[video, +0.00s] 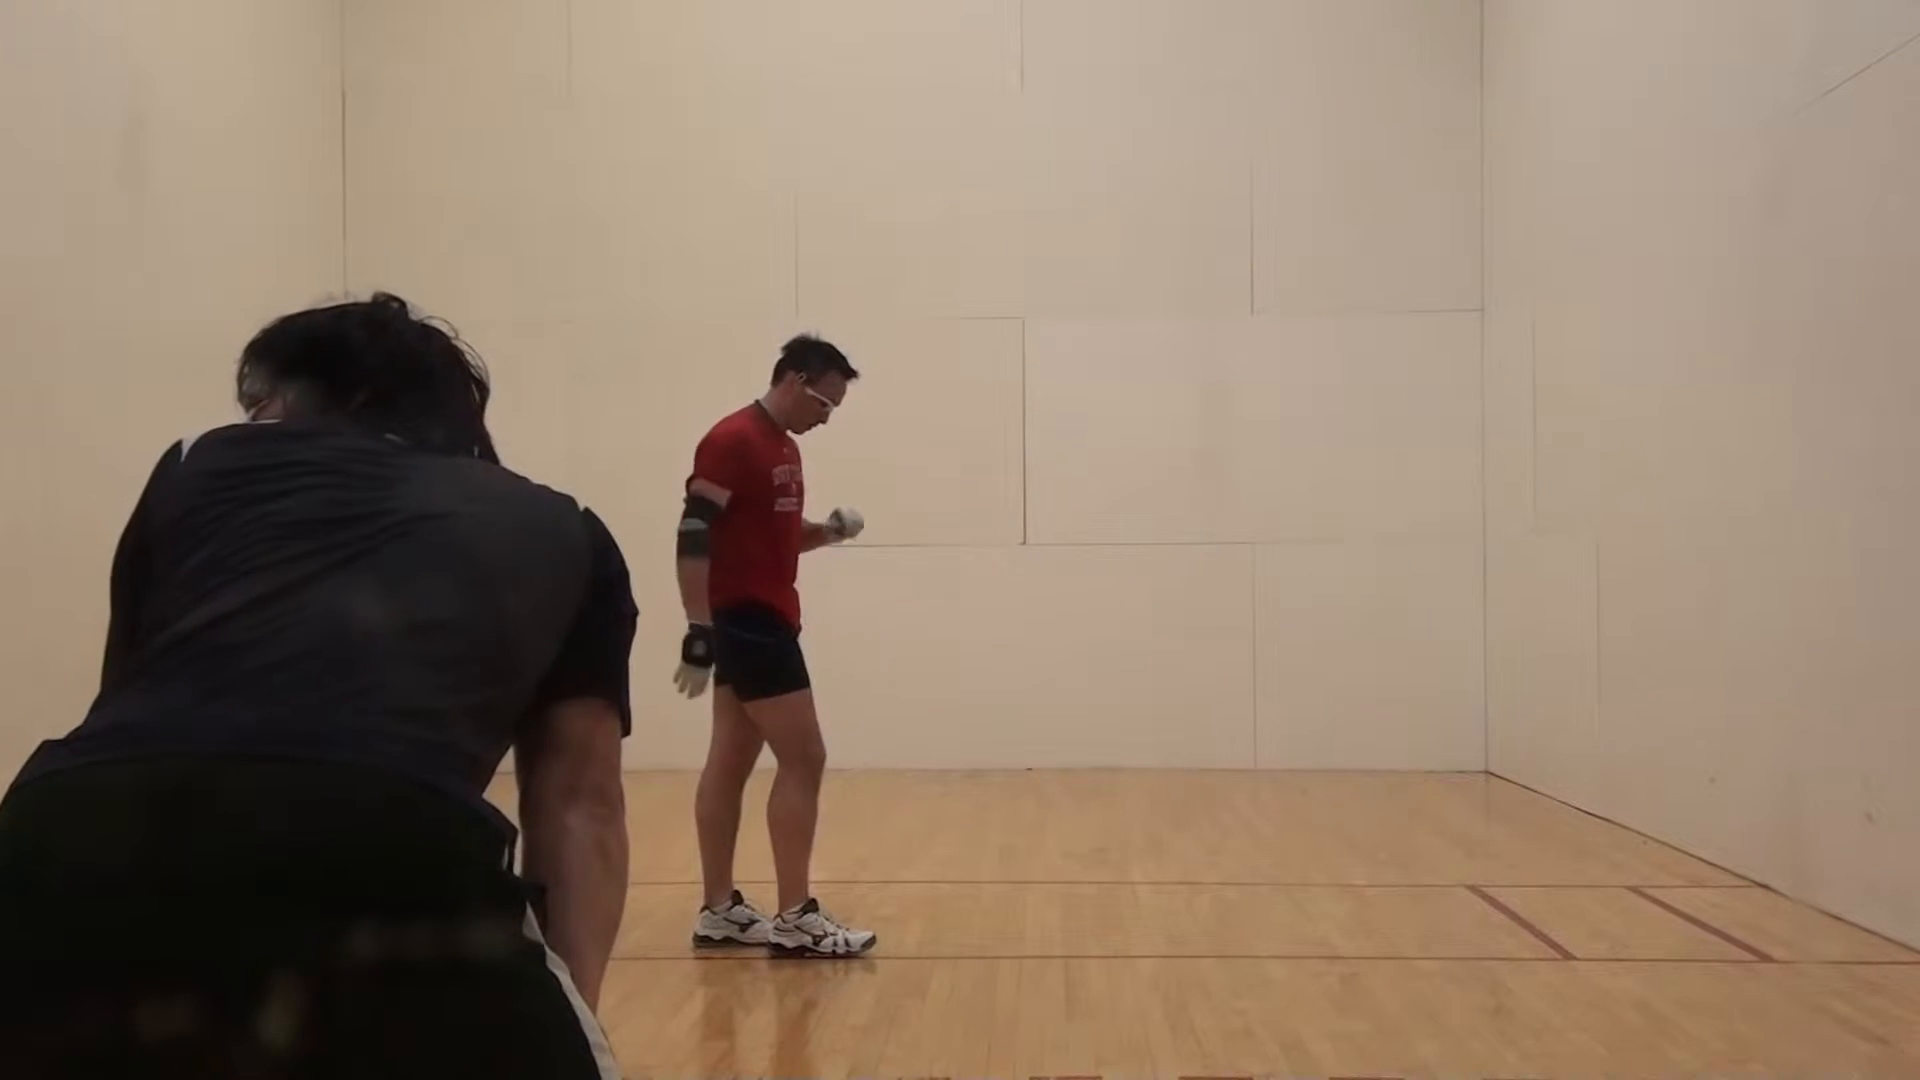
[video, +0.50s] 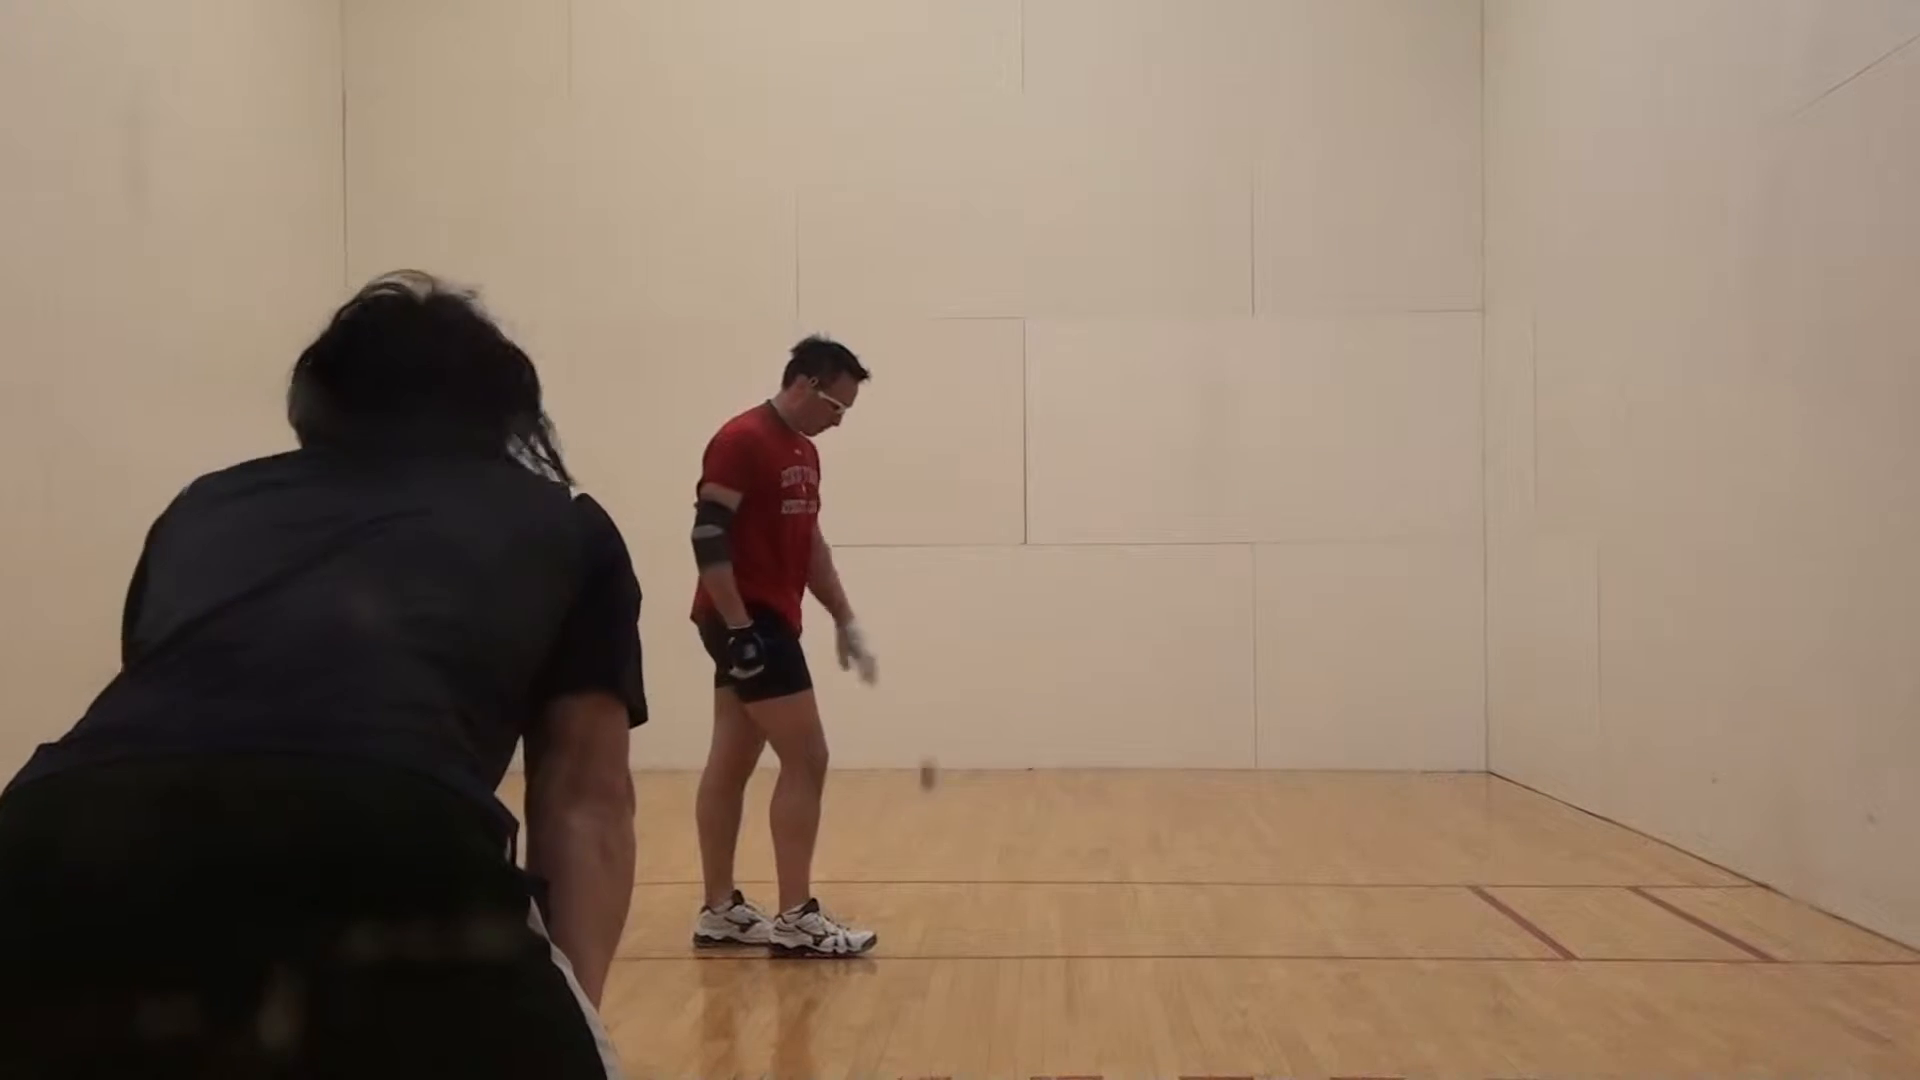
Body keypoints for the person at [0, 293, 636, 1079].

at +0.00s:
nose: (248, 426)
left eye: (261, 410)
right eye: (252, 412)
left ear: (296, 411)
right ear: (457, 425)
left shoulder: (193, 466)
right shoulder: (561, 527)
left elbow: (126, 707)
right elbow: (580, 799)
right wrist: (566, 1021)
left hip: (75, 852)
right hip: (399, 862)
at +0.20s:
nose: (254, 434)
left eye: (266, 416)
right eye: (258, 416)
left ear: (309, 412)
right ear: (465, 429)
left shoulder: (192, 470)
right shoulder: (563, 526)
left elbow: (128, 707)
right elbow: (582, 803)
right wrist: (568, 1023)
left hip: (75, 855)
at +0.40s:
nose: (534, 464)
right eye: (528, 446)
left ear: (306, 415)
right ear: (503, 431)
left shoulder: (190, 492)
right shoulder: (562, 524)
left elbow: (140, 709)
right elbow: (583, 795)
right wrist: (568, 1015)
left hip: (70, 851)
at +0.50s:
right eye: (513, 420)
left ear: (321, 413)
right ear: (496, 417)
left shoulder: (201, 502)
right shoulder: (564, 525)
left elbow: (148, 712)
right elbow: (586, 796)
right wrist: (565, 1018)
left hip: (63, 852)